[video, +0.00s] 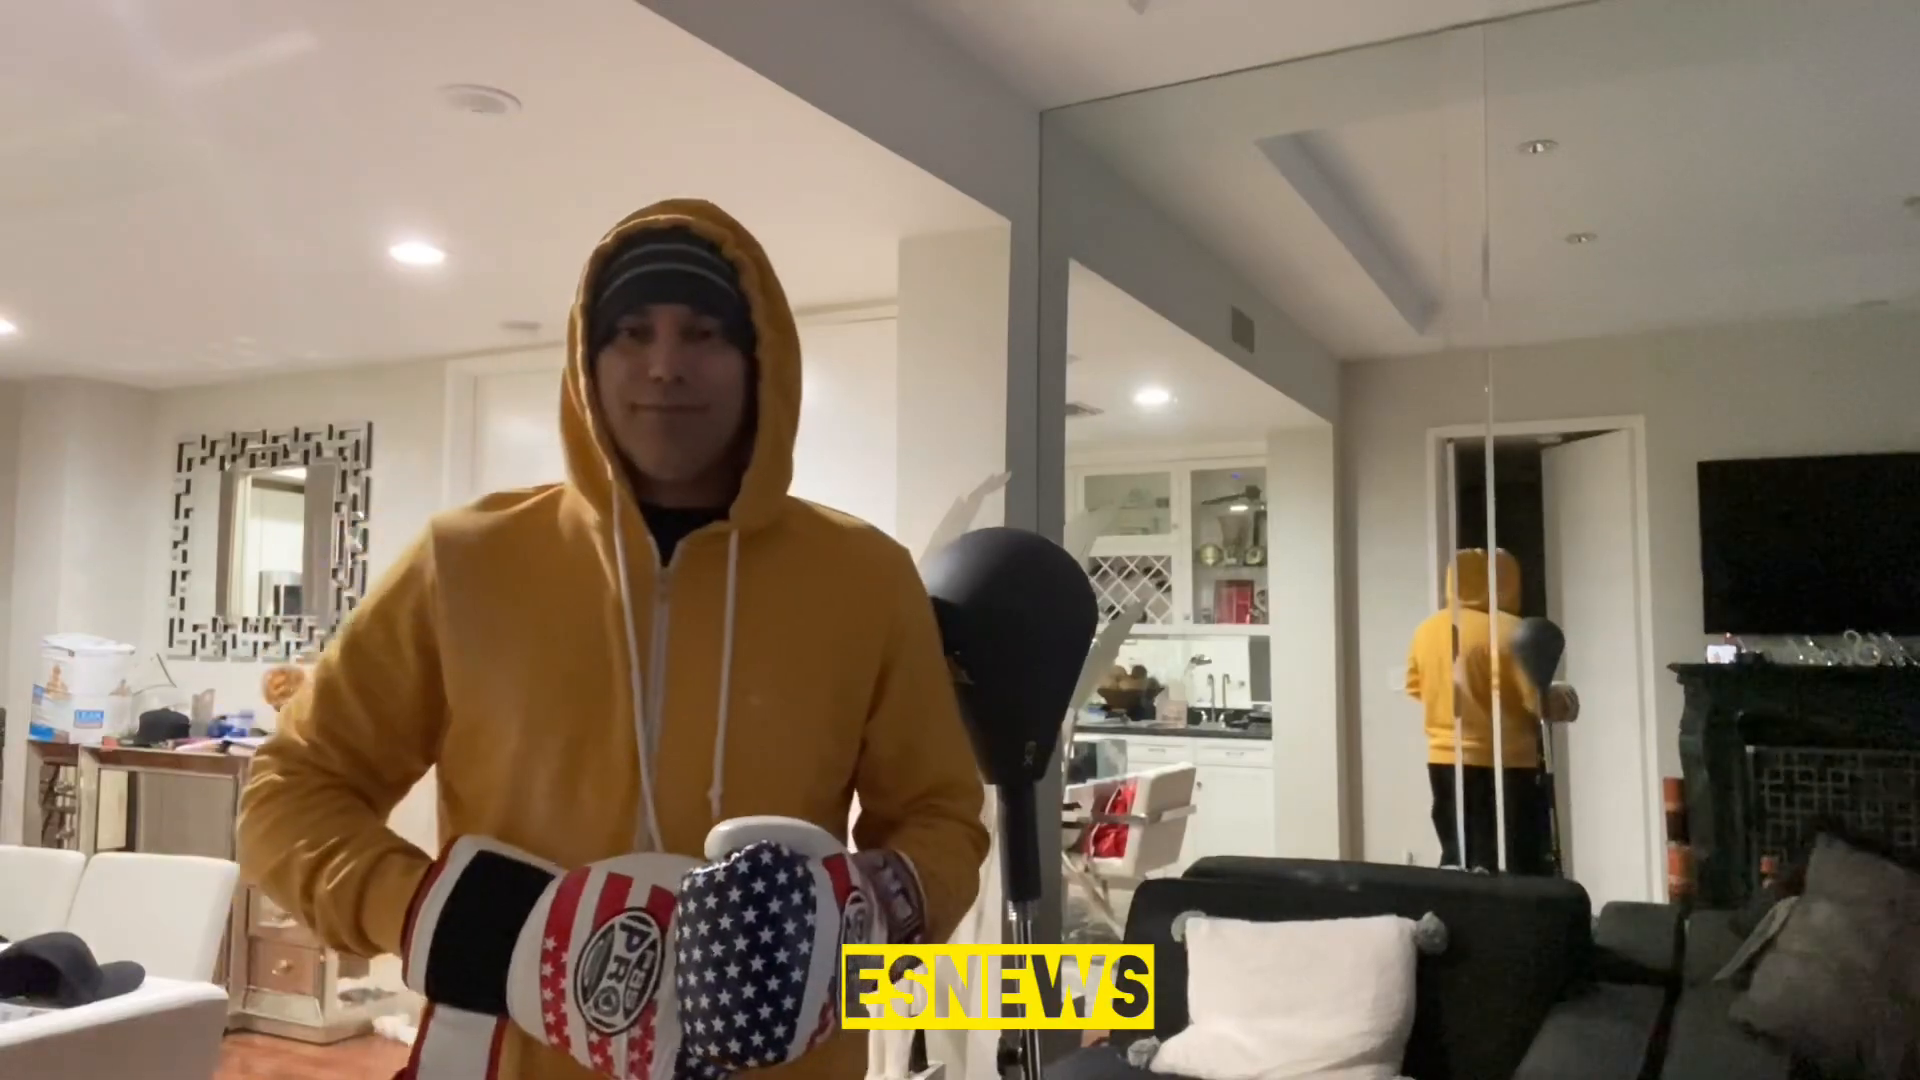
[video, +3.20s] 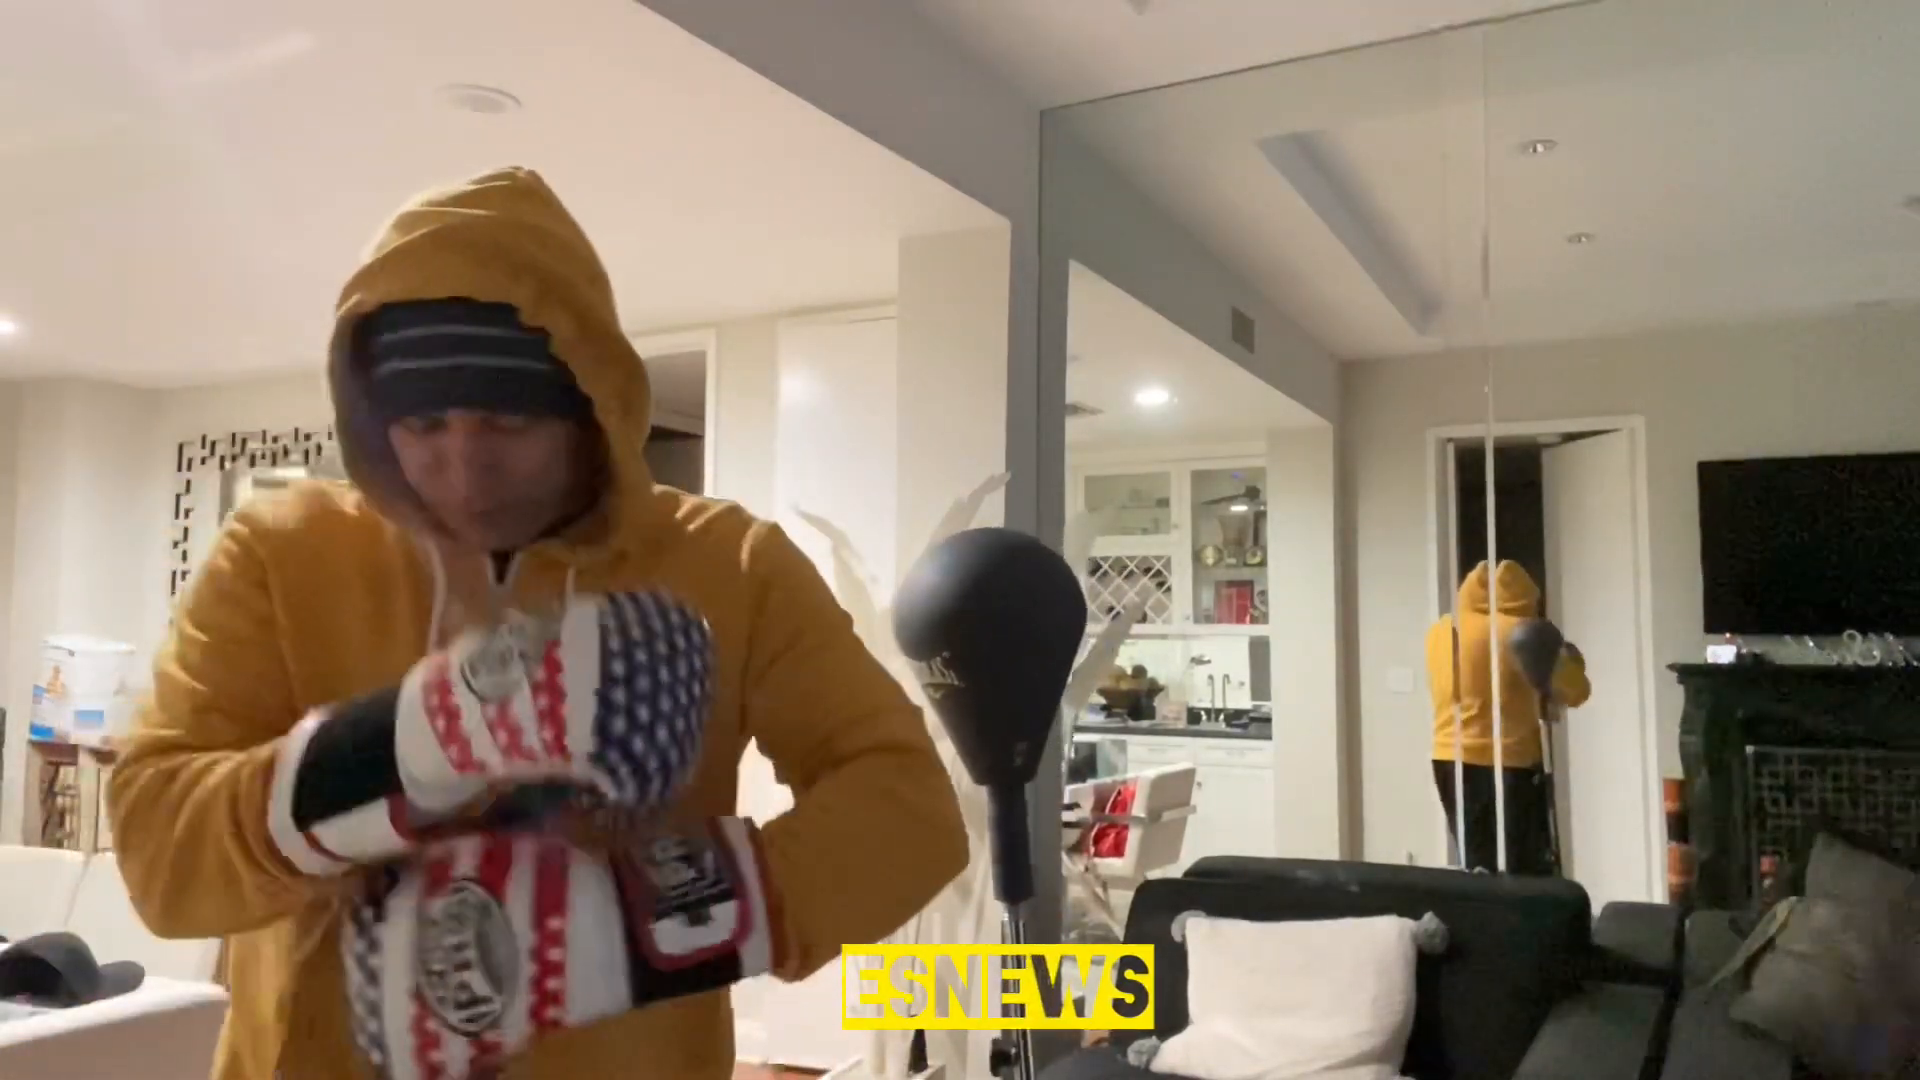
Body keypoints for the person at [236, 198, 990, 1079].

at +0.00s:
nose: (666, 365)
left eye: (705, 332)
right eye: (633, 333)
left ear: (758, 365)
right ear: (589, 368)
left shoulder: (864, 582)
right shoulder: (466, 567)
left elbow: (941, 820)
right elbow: (289, 796)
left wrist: (863, 904)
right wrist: (475, 925)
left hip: (779, 1062)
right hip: (519, 1054)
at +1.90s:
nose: (616, 472)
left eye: (655, 426)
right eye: (576, 429)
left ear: (728, 419)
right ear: (533, 430)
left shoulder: (864, 574)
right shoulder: (444, 583)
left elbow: (1006, 836)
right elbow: (228, 829)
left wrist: (826, 820)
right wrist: (520, 832)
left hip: (809, 1061)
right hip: (542, 1064)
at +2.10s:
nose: (499, 491)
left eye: (540, 434)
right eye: (461, 443)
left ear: (630, 408)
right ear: (425, 443)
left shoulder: (805, 554)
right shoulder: (357, 599)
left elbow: (980, 808)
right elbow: (153, 874)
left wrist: (750, 789)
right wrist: (486, 854)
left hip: (764, 1060)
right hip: (465, 1063)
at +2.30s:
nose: (376, 506)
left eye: (414, 443)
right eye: (329, 461)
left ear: (507, 410)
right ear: (292, 470)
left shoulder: (732, 535)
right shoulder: (261, 625)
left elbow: (939, 782)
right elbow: (67, 948)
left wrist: (685, 805)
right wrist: (392, 903)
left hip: (723, 1065)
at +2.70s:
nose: (314, 513)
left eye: (347, 448)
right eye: (265, 469)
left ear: (443, 398)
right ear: (222, 470)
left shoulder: (666, 524)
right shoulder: (172, 630)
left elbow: (826, 786)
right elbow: (27, 947)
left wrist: (587, 873)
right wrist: (296, 904)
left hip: (657, 1062)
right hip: (334, 1072)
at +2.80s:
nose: (330, 500)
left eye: (365, 436)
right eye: (281, 456)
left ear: (458, 391)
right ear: (244, 463)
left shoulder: (667, 524)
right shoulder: (184, 603)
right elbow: (34, 941)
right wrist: (327, 803)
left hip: (639, 1062)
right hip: (321, 1072)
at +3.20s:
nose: (465, 466)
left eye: (509, 411)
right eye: (419, 414)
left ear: (591, 406)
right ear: (368, 417)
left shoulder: (732, 572)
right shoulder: (278, 560)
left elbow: (910, 812)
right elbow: (160, 859)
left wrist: (655, 911)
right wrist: (418, 750)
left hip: (629, 1065)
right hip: (317, 1063)